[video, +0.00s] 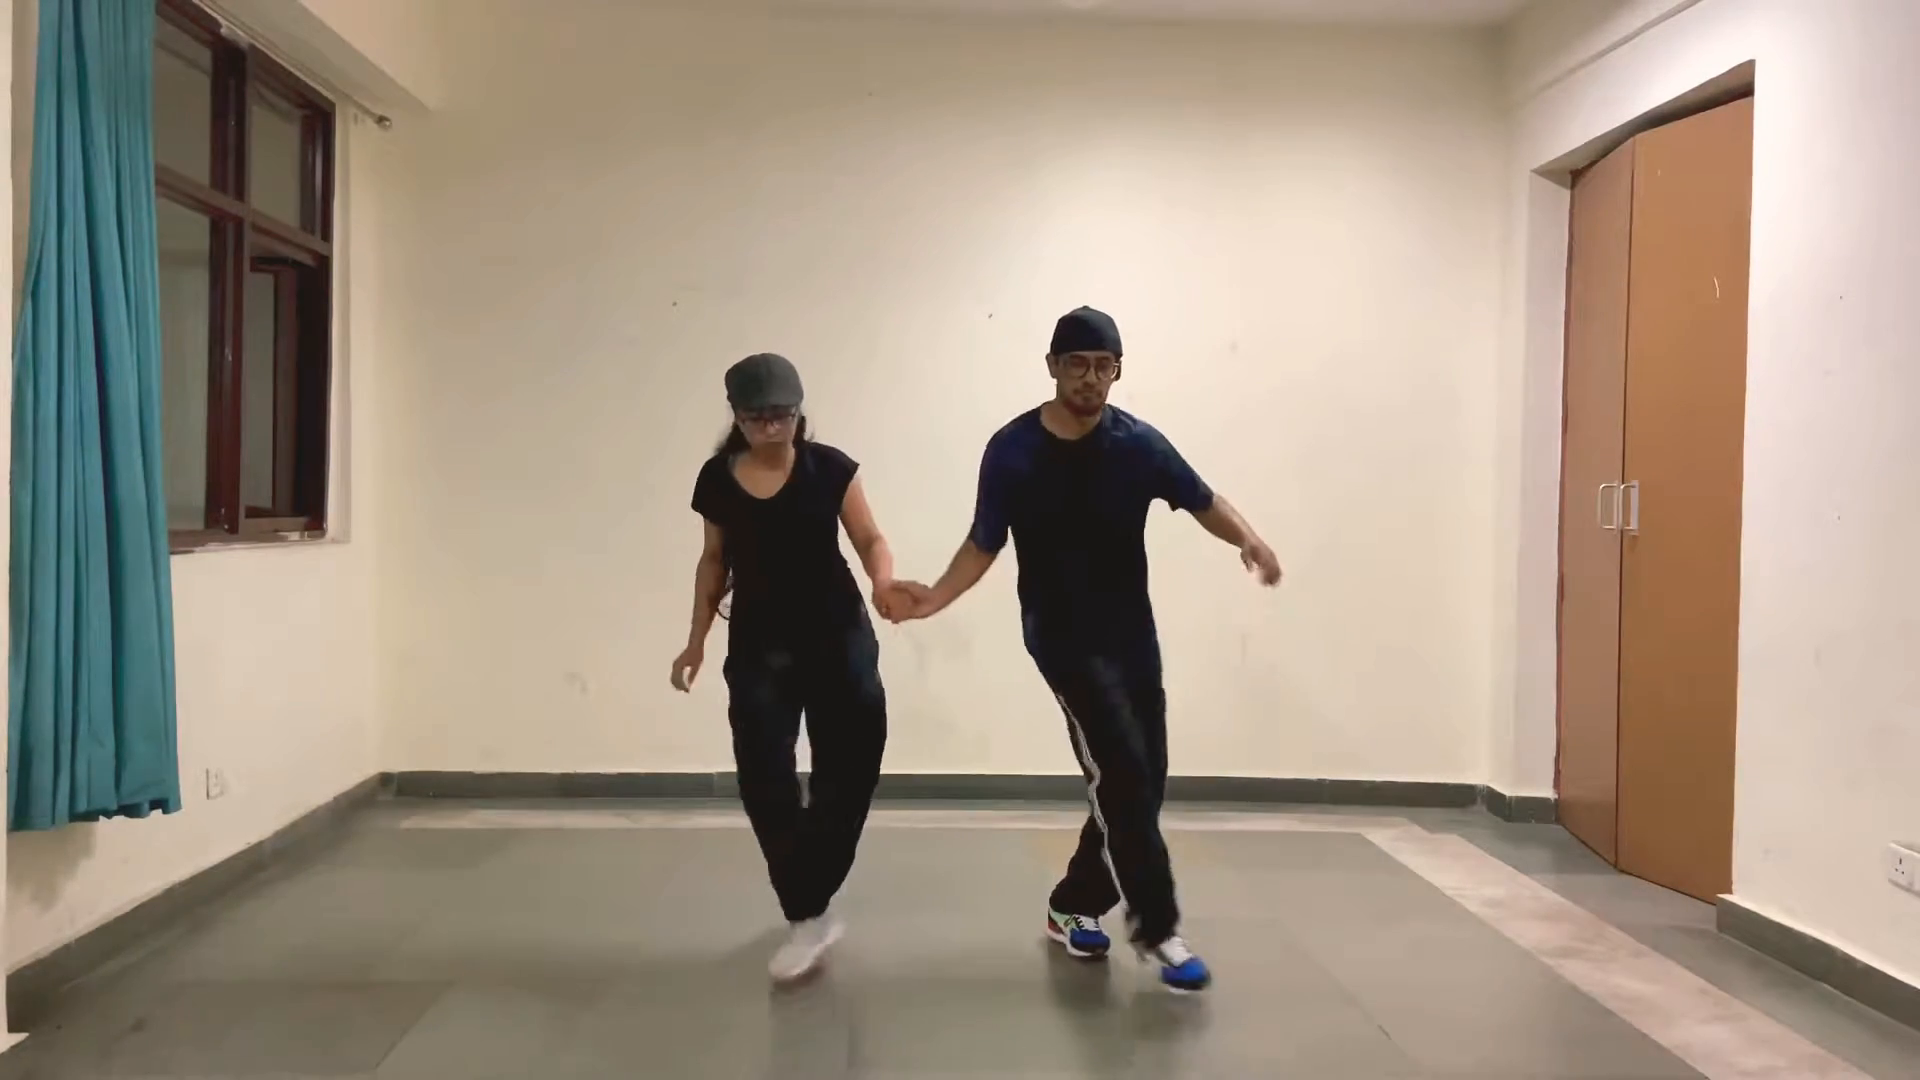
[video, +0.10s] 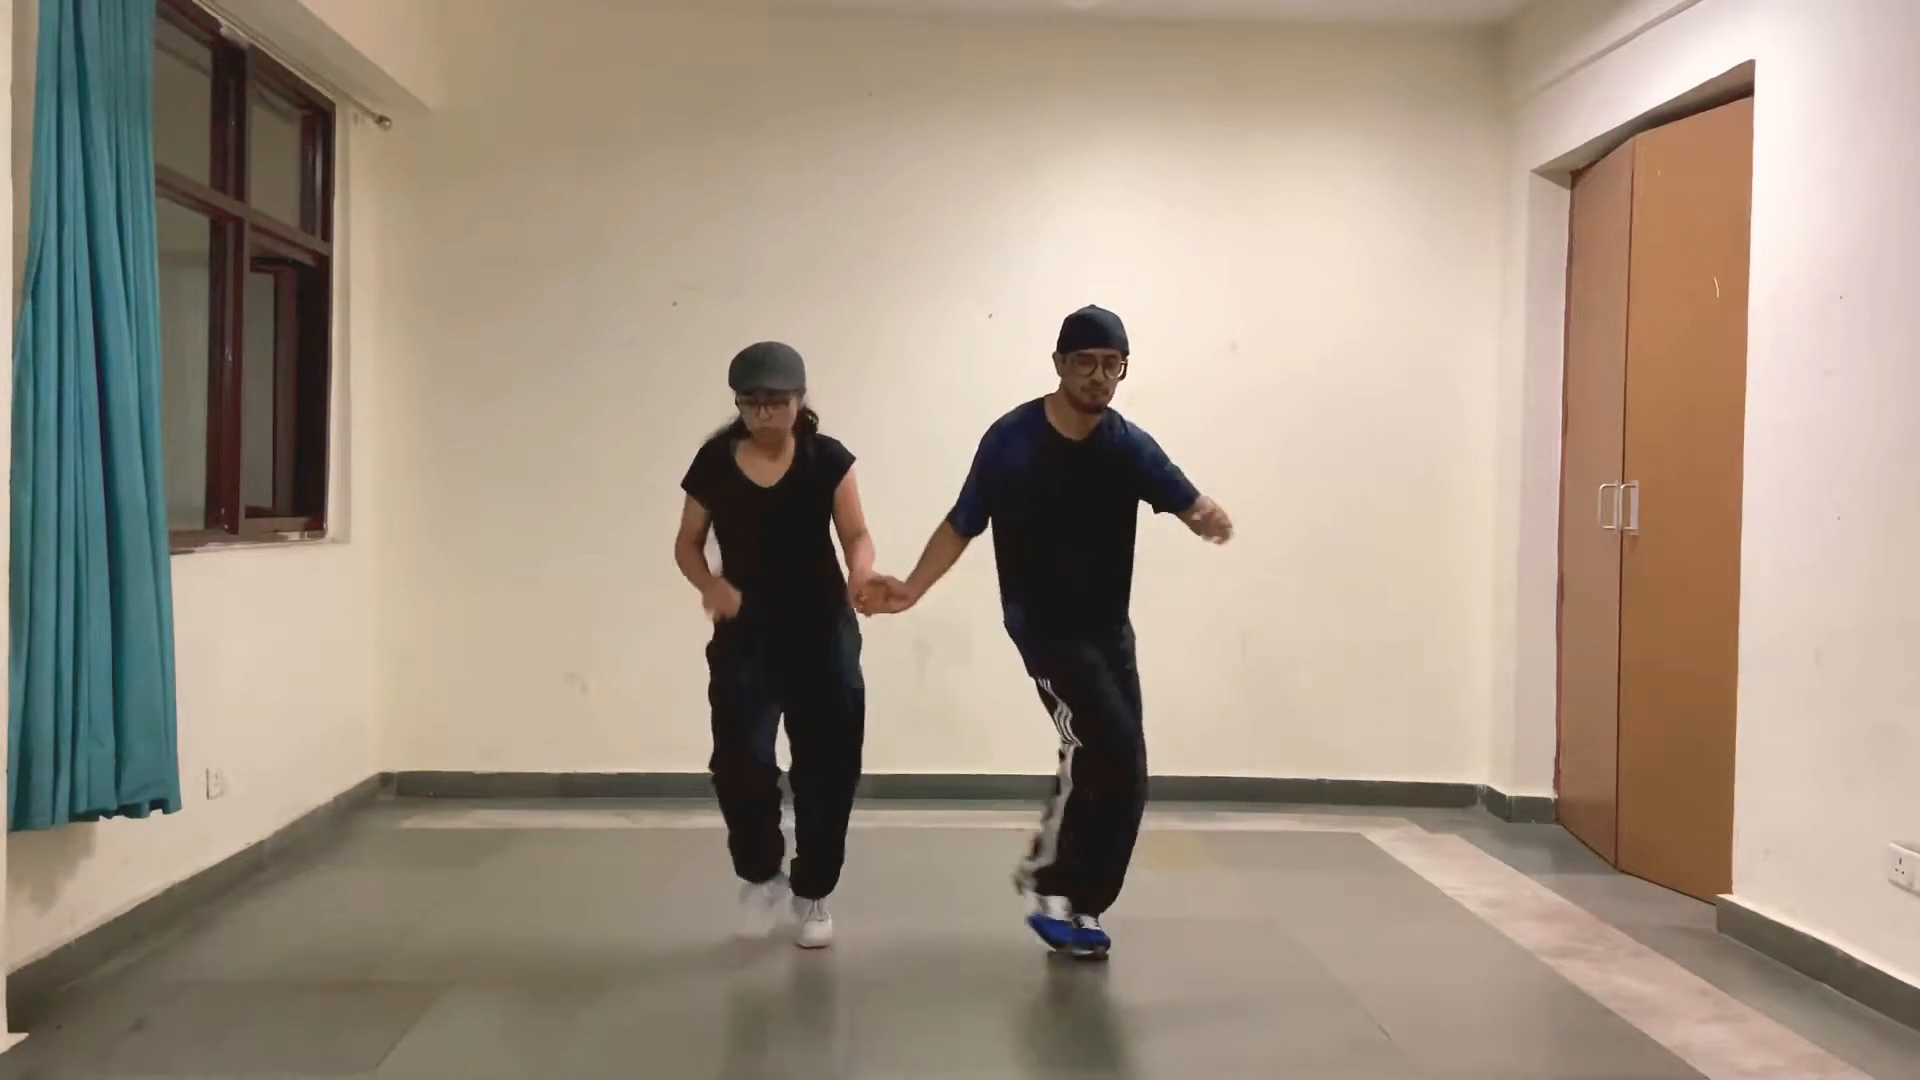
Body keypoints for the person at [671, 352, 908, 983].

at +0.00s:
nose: (772, 424)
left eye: (782, 412)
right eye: (759, 414)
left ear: (799, 410)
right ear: (737, 416)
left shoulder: (830, 469)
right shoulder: (718, 481)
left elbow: (869, 539)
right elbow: (713, 562)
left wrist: (882, 582)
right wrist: (696, 641)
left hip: (836, 643)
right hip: (759, 649)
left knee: (850, 771)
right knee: (764, 782)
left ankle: (811, 906)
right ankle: (807, 917)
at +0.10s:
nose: (767, 412)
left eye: (779, 400)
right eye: (755, 400)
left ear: (799, 401)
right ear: (738, 402)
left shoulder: (828, 461)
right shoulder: (716, 462)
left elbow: (857, 535)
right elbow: (688, 544)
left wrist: (859, 575)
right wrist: (710, 584)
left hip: (821, 632)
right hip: (747, 633)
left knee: (828, 763)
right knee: (741, 760)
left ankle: (814, 892)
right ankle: (761, 876)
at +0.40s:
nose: (755, 401)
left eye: (768, 392)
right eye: (743, 391)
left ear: (784, 405)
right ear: (723, 400)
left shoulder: (790, 476)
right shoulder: (686, 449)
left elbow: (829, 548)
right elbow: (637, 530)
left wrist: (860, 612)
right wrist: (639, 604)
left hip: (745, 642)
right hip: (671, 637)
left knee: (750, 772)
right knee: (670, 779)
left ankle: (786, 876)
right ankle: (678, 907)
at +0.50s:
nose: (752, 403)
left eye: (765, 394)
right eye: (740, 394)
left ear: (783, 408)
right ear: (719, 405)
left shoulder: (782, 483)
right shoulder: (677, 458)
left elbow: (814, 548)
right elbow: (613, 536)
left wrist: (843, 612)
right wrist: (595, 629)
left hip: (726, 635)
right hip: (652, 629)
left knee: (718, 742)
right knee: (653, 763)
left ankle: (699, 873)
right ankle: (668, 907)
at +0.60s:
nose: (751, 404)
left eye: (763, 396)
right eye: (737, 395)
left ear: (777, 410)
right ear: (716, 406)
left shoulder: (777, 484)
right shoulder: (671, 456)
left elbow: (800, 543)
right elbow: (601, 516)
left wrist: (830, 595)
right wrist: (568, 602)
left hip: (712, 646)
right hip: (636, 636)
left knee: (692, 768)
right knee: (634, 774)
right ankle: (670, 899)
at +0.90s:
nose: (713, 412)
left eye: (725, 404)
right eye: (700, 403)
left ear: (742, 418)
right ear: (679, 416)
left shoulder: (754, 488)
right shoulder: (646, 476)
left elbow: (782, 557)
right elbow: (598, 536)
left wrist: (806, 603)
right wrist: (558, 607)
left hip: (716, 640)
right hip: (648, 632)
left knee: (643, 764)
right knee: (622, 771)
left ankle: (619, 884)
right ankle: (684, 904)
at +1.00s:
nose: (707, 392)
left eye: (719, 384)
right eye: (694, 384)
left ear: (736, 398)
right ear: (674, 397)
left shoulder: (753, 465)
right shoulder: (644, 459)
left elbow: (792, 527)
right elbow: (605, 526)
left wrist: (804, 559)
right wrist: (602, 581)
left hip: (732, 611)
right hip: (662, 613)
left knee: (671, 693)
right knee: (651, 741)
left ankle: (679, 826)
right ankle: (688, 905)